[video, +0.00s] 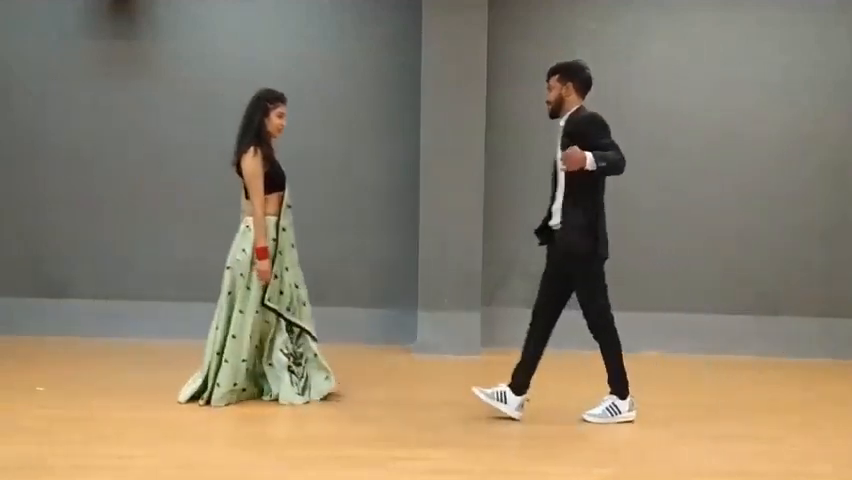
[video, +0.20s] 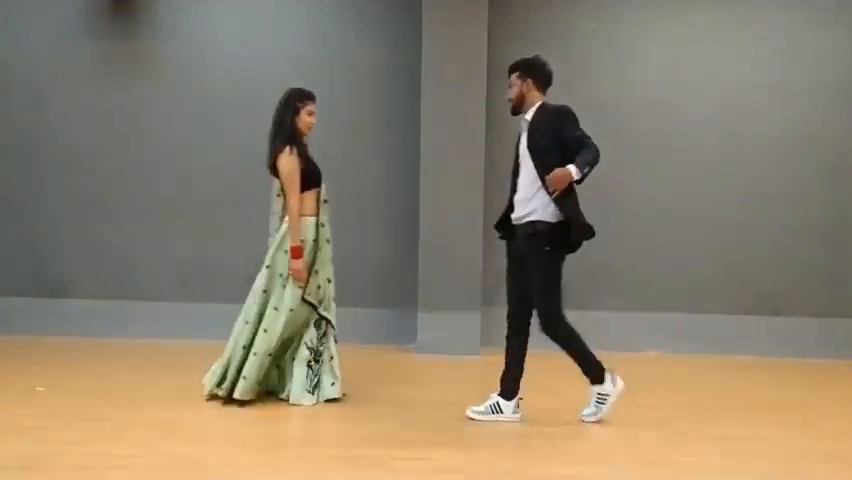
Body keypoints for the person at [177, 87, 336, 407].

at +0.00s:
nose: (283, 122)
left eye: (284, 116)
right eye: (279, 116)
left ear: (272, 118)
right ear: (262, 116)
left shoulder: (264, 153)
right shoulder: (253, 155)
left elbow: (262, 207)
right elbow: (256, 207)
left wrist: (269, 250)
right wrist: (262, 253)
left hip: (273, 238)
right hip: (261, 239)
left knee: (275, 310)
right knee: (261, 311)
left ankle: (274, 377)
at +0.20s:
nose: (313, 120)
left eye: (314, 114)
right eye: (309, 114)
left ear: (302, 117)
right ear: (293, 114)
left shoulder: (298, 152)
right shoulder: (289, 154)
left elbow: (296, 206)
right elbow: (292, 207)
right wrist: (296, 254)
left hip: (312, 240)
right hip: (301, 241)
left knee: (309, 311)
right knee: (297, 313)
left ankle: (305, 380)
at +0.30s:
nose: (326, 119)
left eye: (327, 113)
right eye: (321, 113)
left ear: (315, 118)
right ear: (305, 116)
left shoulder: (310, 153)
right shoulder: (303, 156)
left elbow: (312, 207)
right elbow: (307, 208)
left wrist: (319, 250)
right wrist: (313, 253)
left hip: (322, 241)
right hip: (311, 243)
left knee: (322, 312)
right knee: (313, 314)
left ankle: (311, 380)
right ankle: (268, 376)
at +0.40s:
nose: (338, 119)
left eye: (339, 113)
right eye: (333, 112)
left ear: (329, 115)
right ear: (318, 114)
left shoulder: (322, 151)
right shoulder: (314, 153)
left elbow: (323, 203)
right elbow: (322, 204)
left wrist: (334, 246)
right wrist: (329, 249)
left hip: (329, 236)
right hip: (323, 239)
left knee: (332, 311)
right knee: (329, 312)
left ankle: (317, 379)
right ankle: (306, 377)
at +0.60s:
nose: (361, 120)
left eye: (362, 114)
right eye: (356, 114)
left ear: (351, 118)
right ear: (340, 117)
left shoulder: (345, 152)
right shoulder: (343, 153)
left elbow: (353, 195)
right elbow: (353, 195)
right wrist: (359, 239)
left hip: (346, 231)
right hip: (345, 233)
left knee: (349, 305)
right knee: (349, 306)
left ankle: (351, 374)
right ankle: (353, 376)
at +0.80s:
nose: (386, 123)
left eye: (388, 117)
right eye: (380, 118)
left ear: (387, 120)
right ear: (364, 123)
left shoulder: (376, 154)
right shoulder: (371, 156)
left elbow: (386, 191)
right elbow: (380, 190)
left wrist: (398, 213)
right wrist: (385, 217)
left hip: (379, 231)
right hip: (376, 234)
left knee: (380, 305)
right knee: (378, 305)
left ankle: (379, 374)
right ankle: (380, 375)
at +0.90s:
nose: (399, 120)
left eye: (399, 114)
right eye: (392, 115)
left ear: (399, 118)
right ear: (377, 120)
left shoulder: (394, 152)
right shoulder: (386, 153)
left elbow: (403, 193)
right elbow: (391, 183)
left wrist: (415, 204)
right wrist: (390, 201)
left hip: (401, 232)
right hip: (392, 233)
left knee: (399, 305)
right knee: (392, 304)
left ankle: (397, 373)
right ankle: (391, 375)